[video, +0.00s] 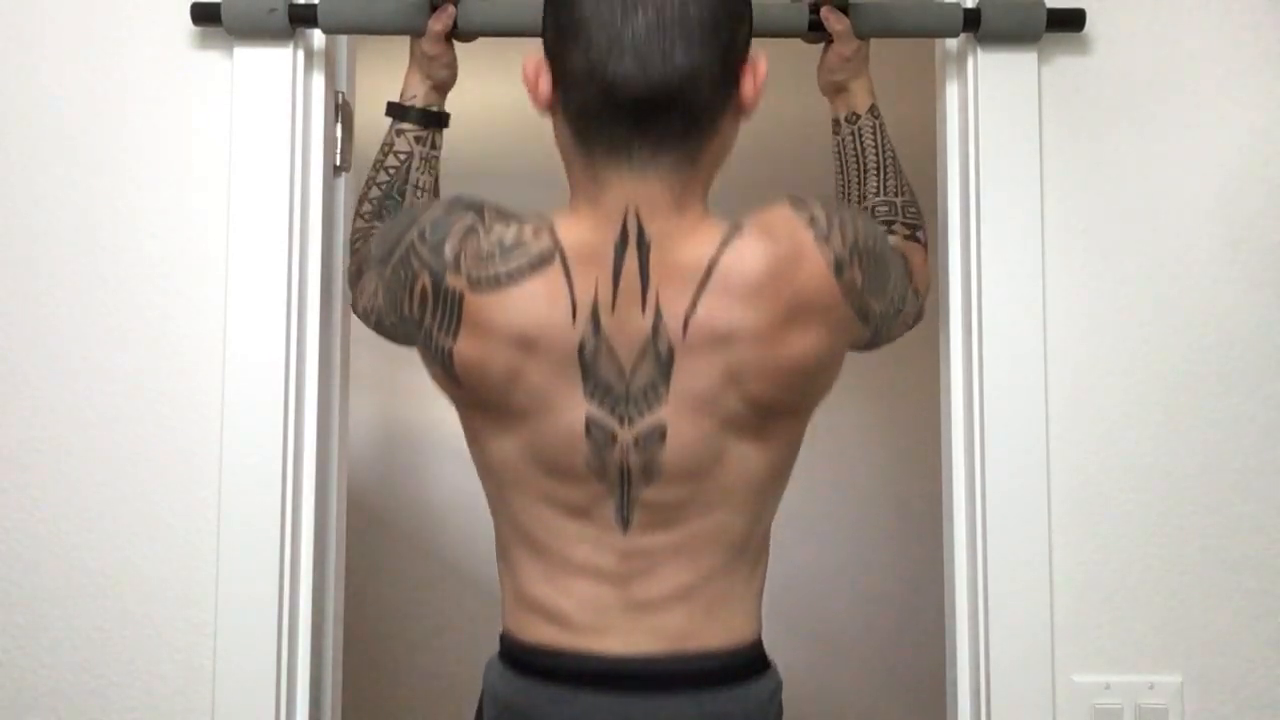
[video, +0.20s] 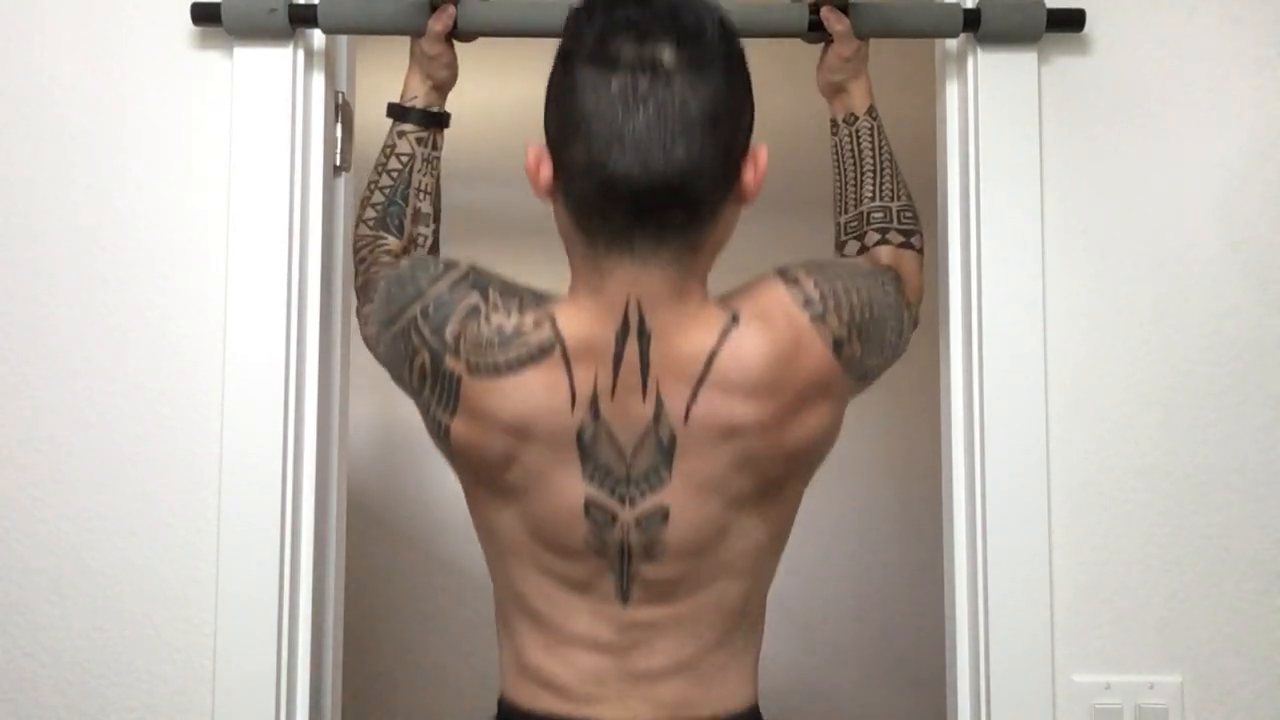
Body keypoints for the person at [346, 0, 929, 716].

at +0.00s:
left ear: (541, 86)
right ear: (749, 88)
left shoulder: (468, 273)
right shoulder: (804, 272)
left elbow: (374, 267)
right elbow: (904, 269)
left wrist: (421, 94)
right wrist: (853, 94)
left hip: (534, 689)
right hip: (724, 691)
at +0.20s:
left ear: (541, 174)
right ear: (751, 177)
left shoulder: (479, 355)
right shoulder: (798, 346)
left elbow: (385, 265)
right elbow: (893, 262)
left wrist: (422, 92)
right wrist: (851, 94)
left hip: (536, 705)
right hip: (719, 705)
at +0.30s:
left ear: (539, 212)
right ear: (748, 215)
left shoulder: (481, 390)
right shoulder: (791, 380)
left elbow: (389, 262)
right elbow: (888, 263)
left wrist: (423, 90)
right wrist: (850, 95)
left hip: (535, 709)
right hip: (720, 709)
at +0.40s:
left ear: (537, 246)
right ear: (747, 247)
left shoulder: (488, 424)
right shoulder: (785, 413)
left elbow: (396, 266)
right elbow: (882, 267)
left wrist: (424, 89)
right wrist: (851, 96)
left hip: (533, 711)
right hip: (722, 711)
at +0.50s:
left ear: (534, 277)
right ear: (743, 279)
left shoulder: (491, 451)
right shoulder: (783, 435)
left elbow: (402, 275)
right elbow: (877, 275)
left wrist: (425, 92)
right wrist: (850, 96)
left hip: (533, 712)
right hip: (726, 712)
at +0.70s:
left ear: (530, 315)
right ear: (739, 317)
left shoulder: (495, 479)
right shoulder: (775, 460)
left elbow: (404, 281)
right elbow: (873, 285)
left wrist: (426, 90)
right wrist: (849, 96)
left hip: (532, 713)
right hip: (722, 713)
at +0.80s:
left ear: (532, 300)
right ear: (742, 301)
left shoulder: (490, 461)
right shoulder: (779, 443)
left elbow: (400, 280)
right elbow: (873, 285)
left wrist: (426, 91)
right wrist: (849, 98)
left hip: (528, 711)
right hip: (719, 712)